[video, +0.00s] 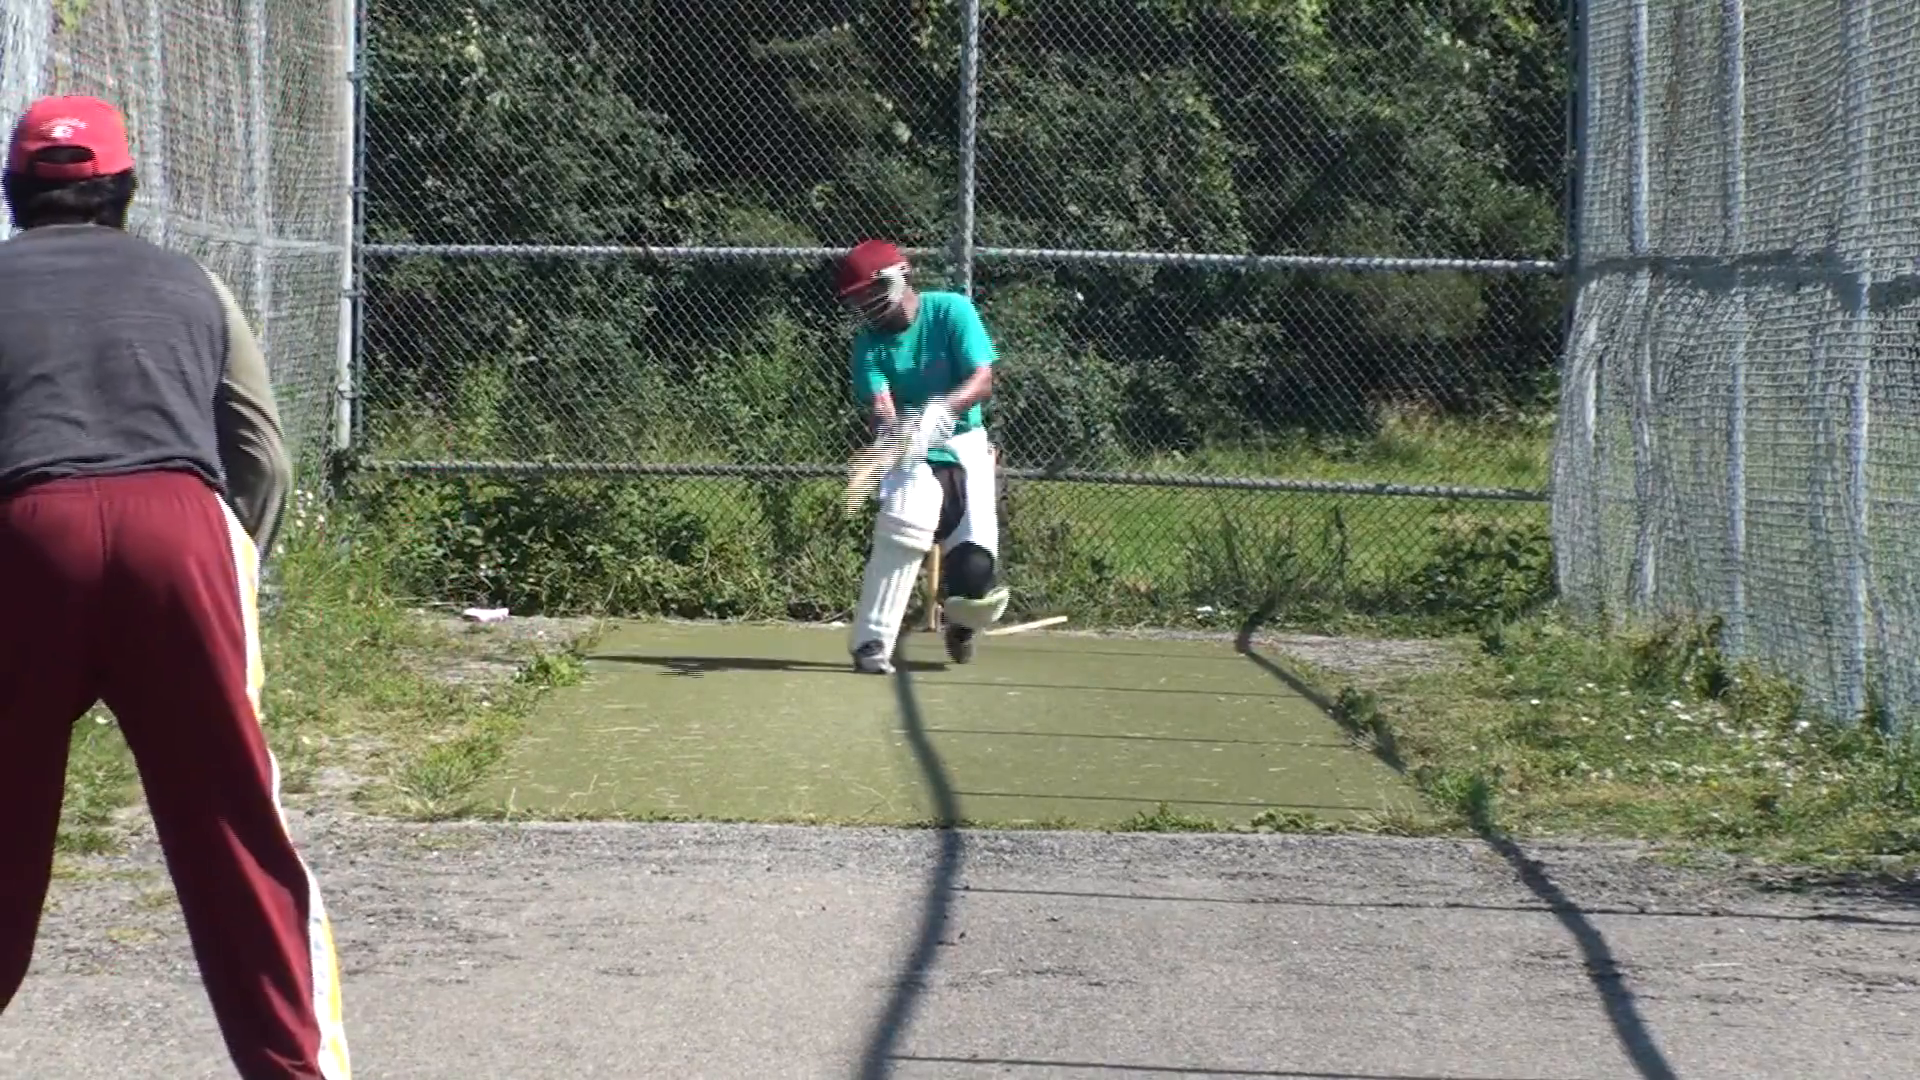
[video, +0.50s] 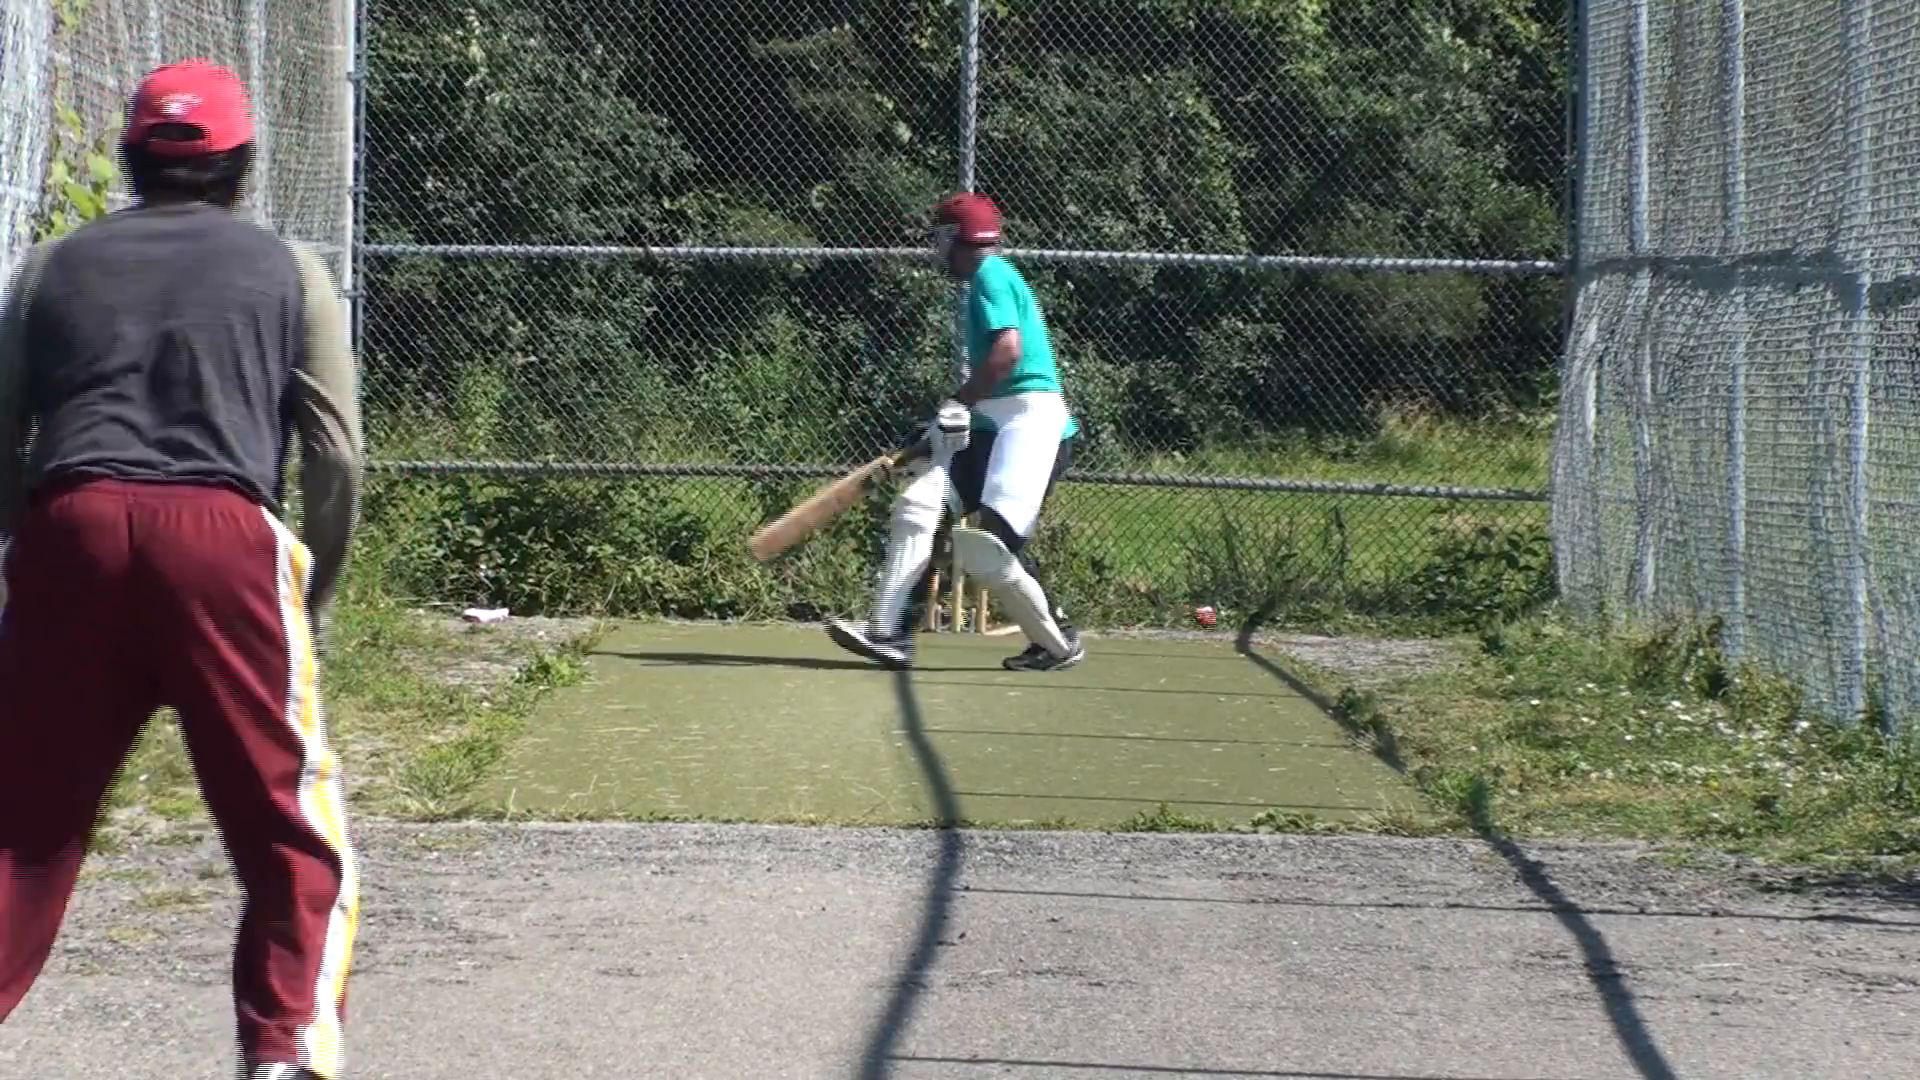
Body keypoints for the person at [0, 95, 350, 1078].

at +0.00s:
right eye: (114, 183)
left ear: (16, 194)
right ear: (124, 194)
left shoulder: (2, 273)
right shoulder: (190, 281)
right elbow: (259, 449)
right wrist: (230, 568)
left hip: (29, 531)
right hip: (175, 529)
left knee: (7, 825)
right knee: (226, 811)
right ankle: (291, 1058)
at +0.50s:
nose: (224, 163)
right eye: (230, 149)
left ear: (132, 161)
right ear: (239, 162)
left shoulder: (58, 261)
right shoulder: (290, 267)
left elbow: (11, 424)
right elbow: (339, 454)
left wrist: (26, 533)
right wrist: (310, 584)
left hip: (65, 538)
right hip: (224, 542)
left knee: (29, 825)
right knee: (282, 820)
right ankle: (284, 1053)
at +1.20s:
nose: (700, 259)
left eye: (709, 243)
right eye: (694, 234)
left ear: (647, 206)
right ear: (636, 200)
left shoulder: (598, 292)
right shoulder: (558, 275)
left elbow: (566, 493)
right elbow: (478, 439)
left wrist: (657, 589)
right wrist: (628, 493)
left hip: (541, 567)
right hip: (503, 563)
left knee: (552, 817)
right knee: (624, 807)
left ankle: (513, 1053)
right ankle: (421, 993)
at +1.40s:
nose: (828, 225)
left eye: (834, 206)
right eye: (818, 202)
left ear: (769, 185)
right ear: (752, 180)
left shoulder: (747, 284)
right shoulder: (665, 254)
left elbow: (764, 456)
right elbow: (606, 431)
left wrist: (843, 556)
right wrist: (769, 417)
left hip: (668, 562)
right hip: (608, 551)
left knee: (619, 813)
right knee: (722, 804)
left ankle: (506, 1041)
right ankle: (757, 1060)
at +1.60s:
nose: (941, 203)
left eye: (945, 183)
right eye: (929, 182)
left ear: (870, 188)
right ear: (872, 183)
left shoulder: (858, 282)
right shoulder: (781, 258)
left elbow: (853, 458)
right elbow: (807, 430)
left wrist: (909, 583)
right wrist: (979, 358)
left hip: (824, 577)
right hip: (729, 570)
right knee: (788, 828)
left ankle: (739, 973)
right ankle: (753, 1062)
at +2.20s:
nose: (1289, 161)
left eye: (1289, 141)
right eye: (1279, 143)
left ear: (1196, 142)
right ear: (1246, 153)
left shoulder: (1201, 244)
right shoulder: (1164, 250)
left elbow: (1210, 417)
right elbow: (1054, 416)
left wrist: (1297, 492)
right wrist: (1147, 595)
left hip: (1134, 566)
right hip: (1096, 571)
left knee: (1100, 825)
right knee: (1171, 818)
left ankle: (1029, 1061)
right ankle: (1184, 1066)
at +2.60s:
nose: (1473, 149)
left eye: (1474, 128)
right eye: (1468, 129)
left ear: (1377, 126)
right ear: (1441, 136)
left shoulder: (1366, 221)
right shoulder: (1352, 222)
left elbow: (1261, 407)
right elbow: (1356, 423)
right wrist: (1546, 500)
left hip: (1358, 582)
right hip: (1281, 578)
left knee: (1412, 874)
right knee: (1264, 879)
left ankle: (1444, 1073)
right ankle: (1205, 1070)